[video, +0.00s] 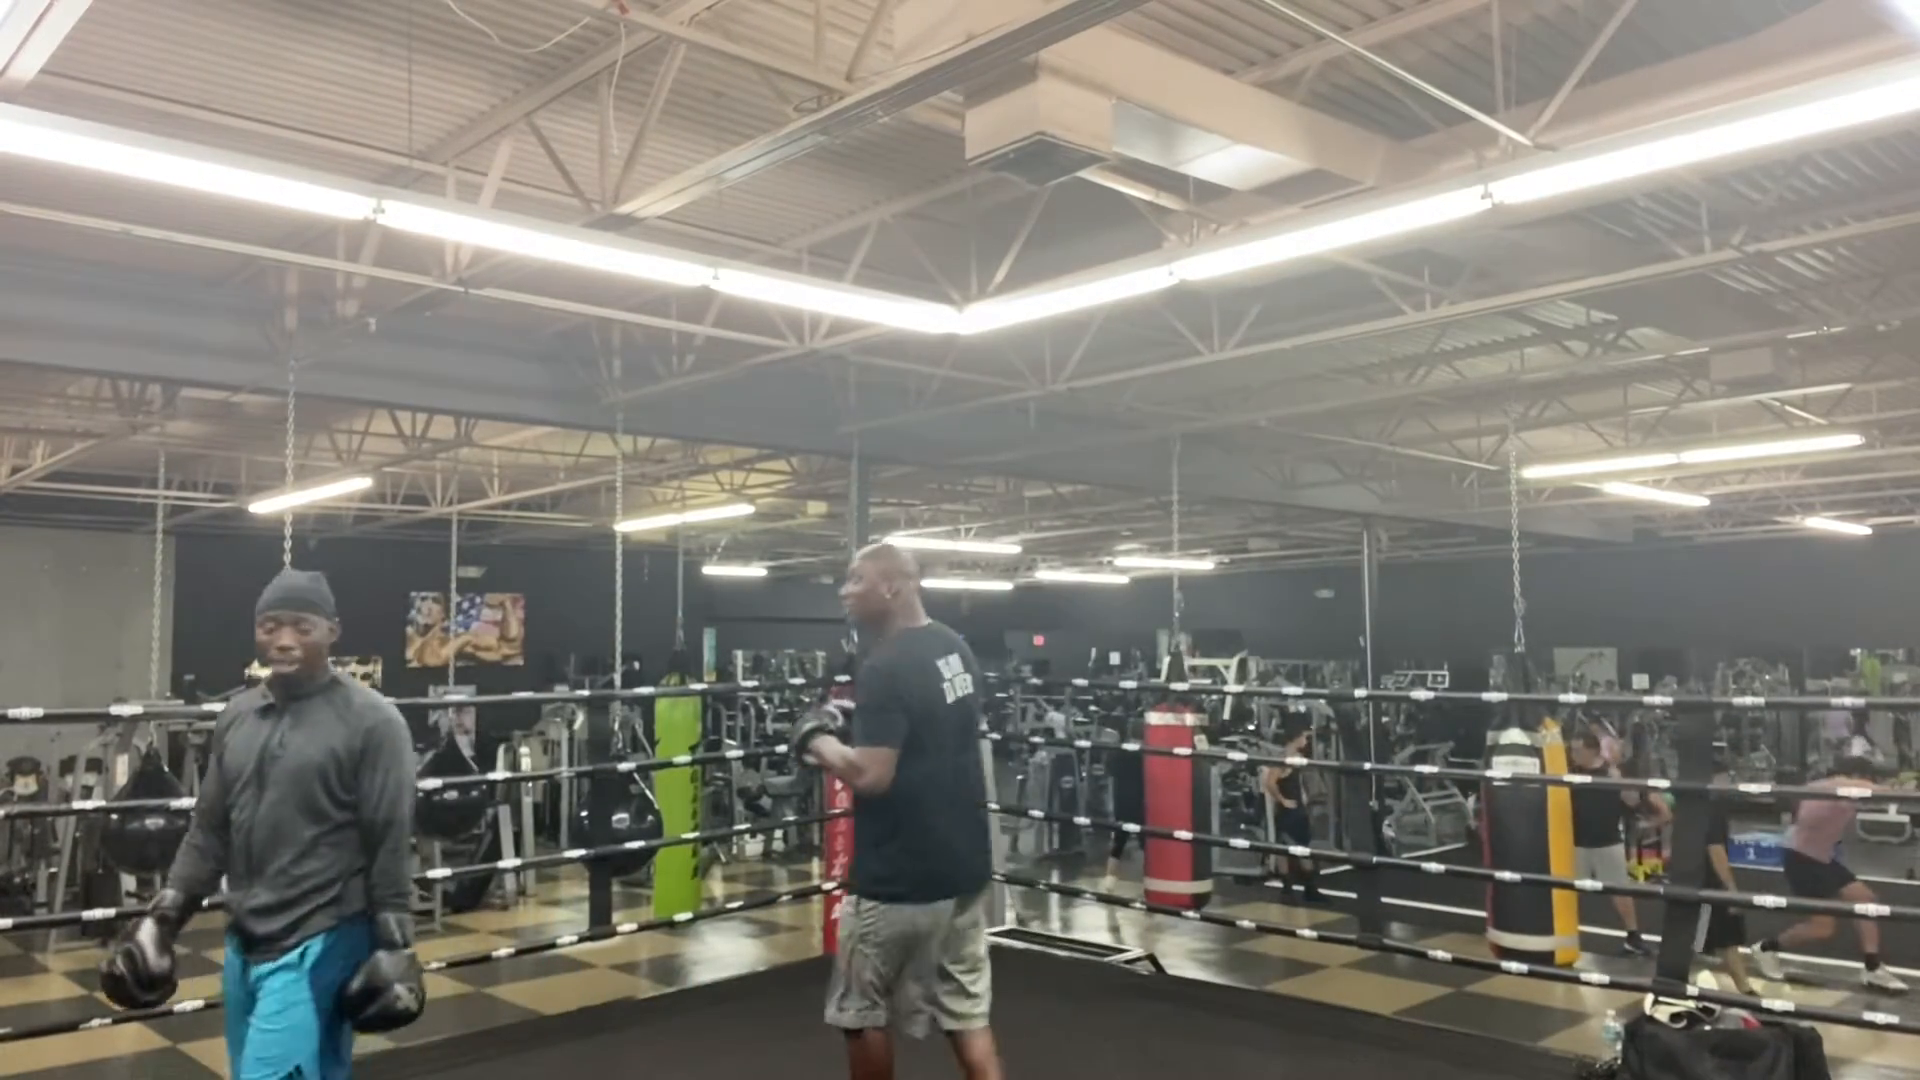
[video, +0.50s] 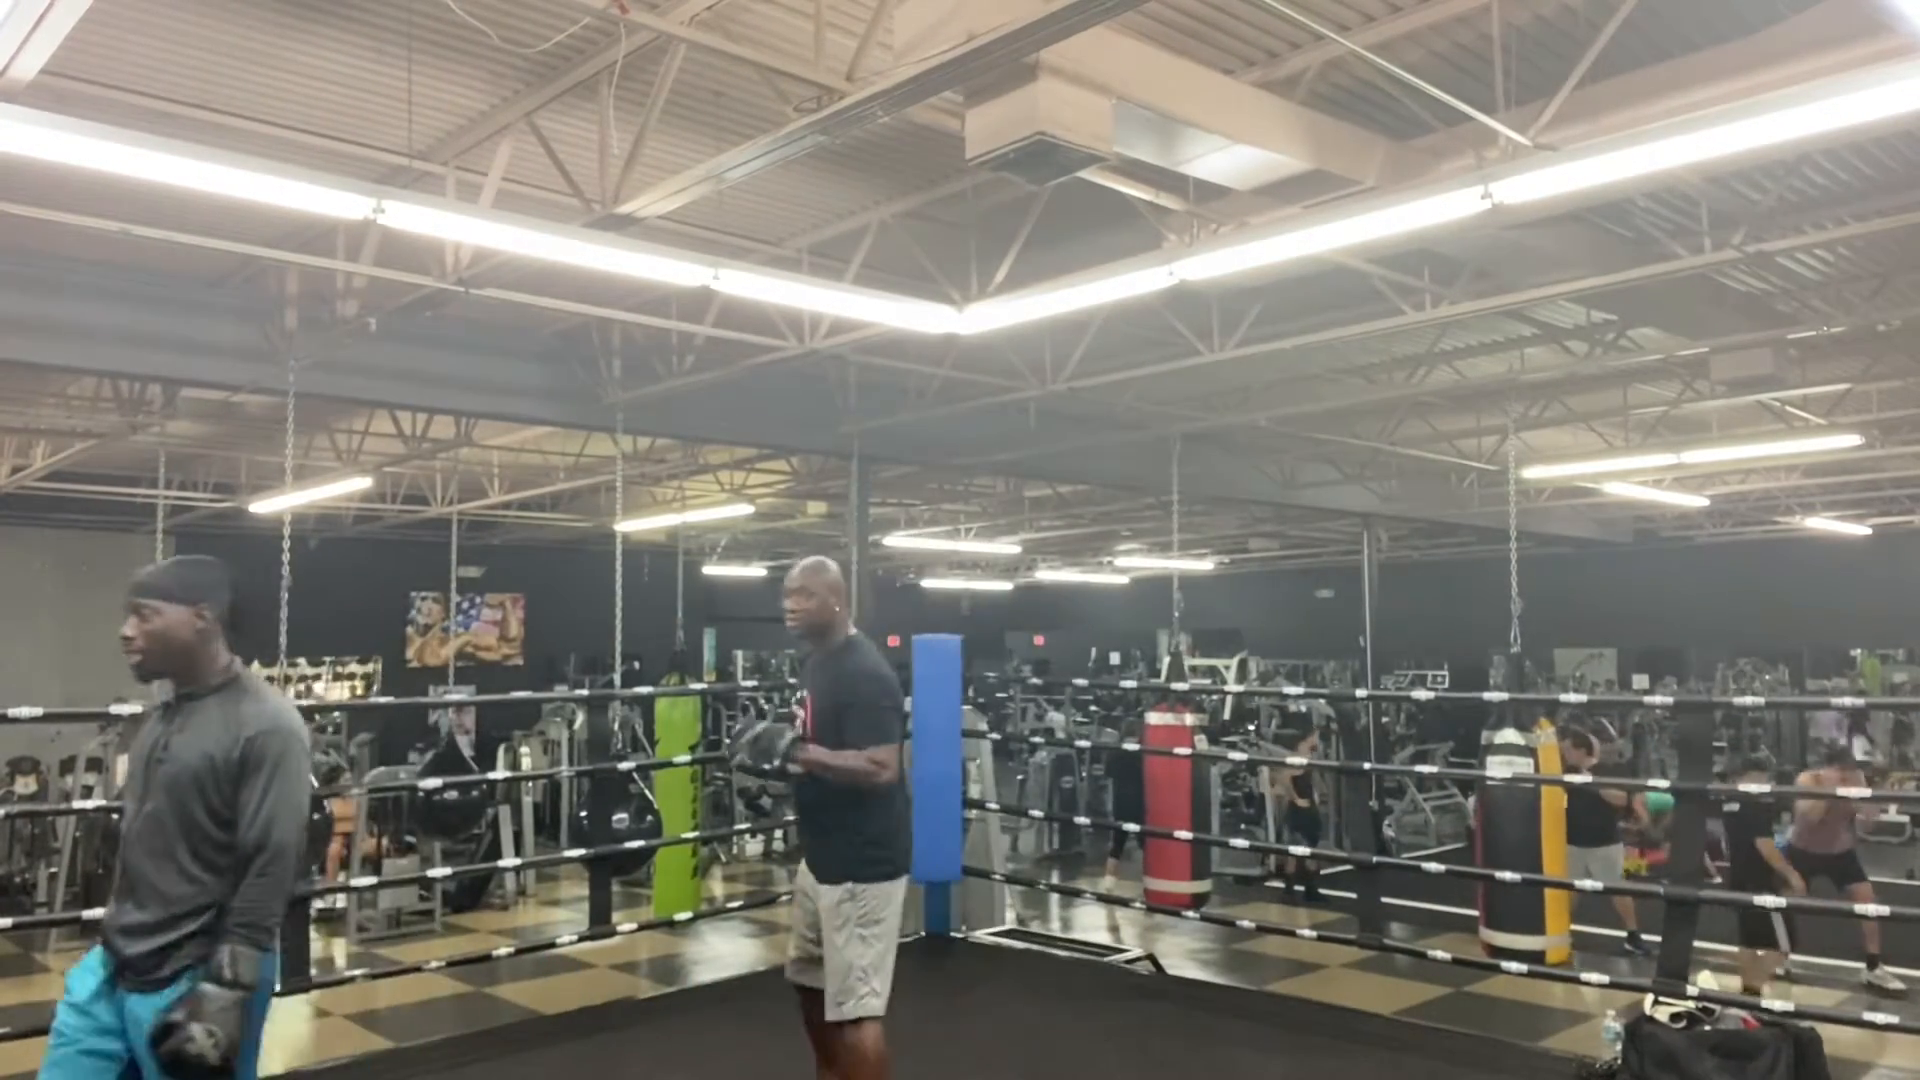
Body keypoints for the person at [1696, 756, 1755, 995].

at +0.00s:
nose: (1729, 784)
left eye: (1728, 778)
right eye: (1724, 778)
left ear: (1709, 780)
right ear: (1713, 779)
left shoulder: (1693, 805)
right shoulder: (1713, 806)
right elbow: (1716, 850)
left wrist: (1728, 888)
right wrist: (1732, 889)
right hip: (1707, 884)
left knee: (1729, 940)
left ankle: (1745, 989)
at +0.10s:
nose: (1739, 785)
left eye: (1739, 780)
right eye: (1736, 780)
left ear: (1717, 782)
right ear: (1728, 782)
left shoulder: (1716, 804)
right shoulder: (1726, 804)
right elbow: (1730, 846)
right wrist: (1744, 885)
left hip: (1725, 884)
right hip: (1720, 884)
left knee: (1737, 943)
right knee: (1705, 944)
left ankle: (1748, 992)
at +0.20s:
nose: (1744, 783)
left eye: (1744, 778)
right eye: (1742, 777)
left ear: (1725, 777)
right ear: (1734, 777)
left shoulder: (1714, 803)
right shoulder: (1737, 804)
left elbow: (1711, 846)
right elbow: (1742, 846)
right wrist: (1756, 878)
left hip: (1721, 876)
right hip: (1736, 879)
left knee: (1741, 944)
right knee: (1729, 947)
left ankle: (1749, 991)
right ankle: (1686, 964)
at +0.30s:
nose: (1749, 784)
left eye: (1749, 778)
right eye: (1745, 778)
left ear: (1727, 778)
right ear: (1737, 778)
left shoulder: (1716, 806)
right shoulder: (1745, 805)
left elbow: (1712, 848)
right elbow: (1751, 845)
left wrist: (1720, 869)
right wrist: (1771, 876)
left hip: (1728, 876)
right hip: (1746, 878)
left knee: (1743, 941)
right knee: (1755, 943)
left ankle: (1749, 990)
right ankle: (1711, 973)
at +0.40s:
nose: (1755, 785)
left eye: (1756, 779)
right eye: (1750, 779)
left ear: (1732, 780)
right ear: (1739, 779)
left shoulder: (1722, 806)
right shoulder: (1750, 806)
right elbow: (1757, 845)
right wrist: (1779, 873)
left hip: (1734, 875)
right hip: (1751, 877)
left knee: (1745, 939)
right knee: (1763, 943)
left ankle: (1749, 990)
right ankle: (1722, 973)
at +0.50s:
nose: (1764, 784)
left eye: (1764, 778)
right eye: (1760, 778)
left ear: (1739, 778)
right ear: (1754, 778)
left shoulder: (1730, 804)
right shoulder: (1757, 804)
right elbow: (1765, 844)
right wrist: (1791, 874)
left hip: (1740, 878)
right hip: (1759, 881)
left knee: (1749, 941)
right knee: (1781, 947)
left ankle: (1750, 992)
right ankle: (1752, 985)